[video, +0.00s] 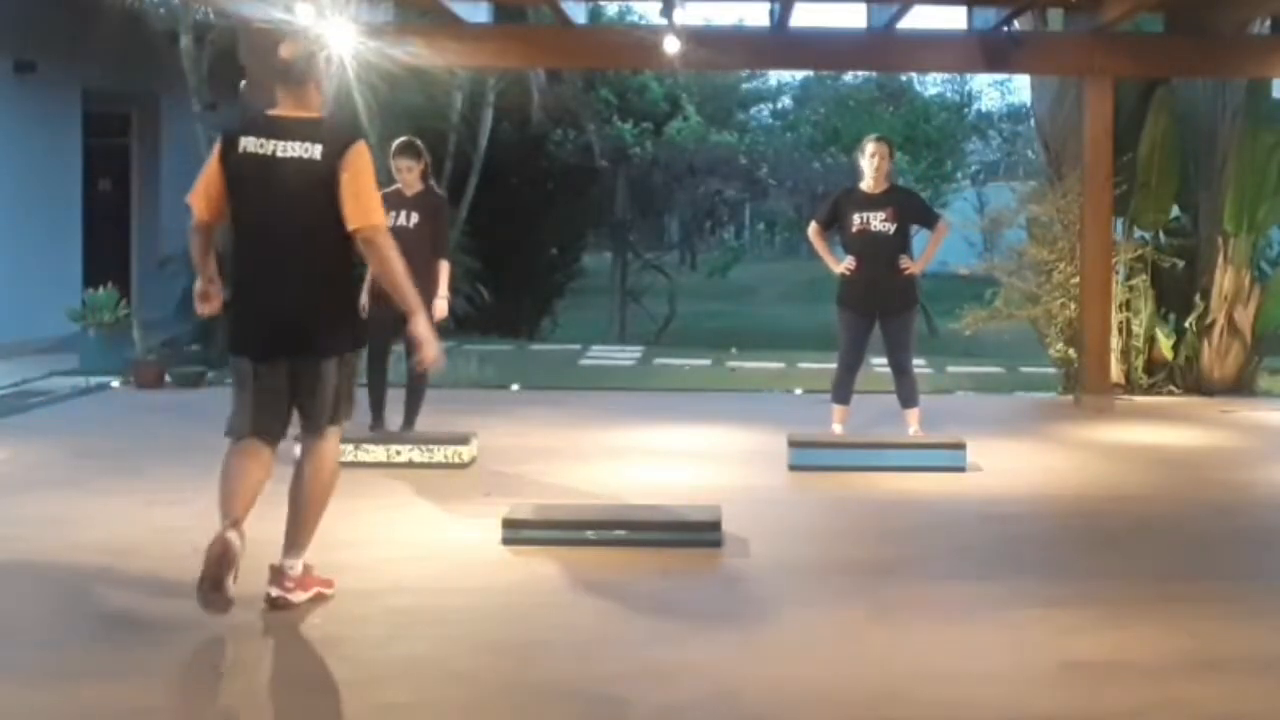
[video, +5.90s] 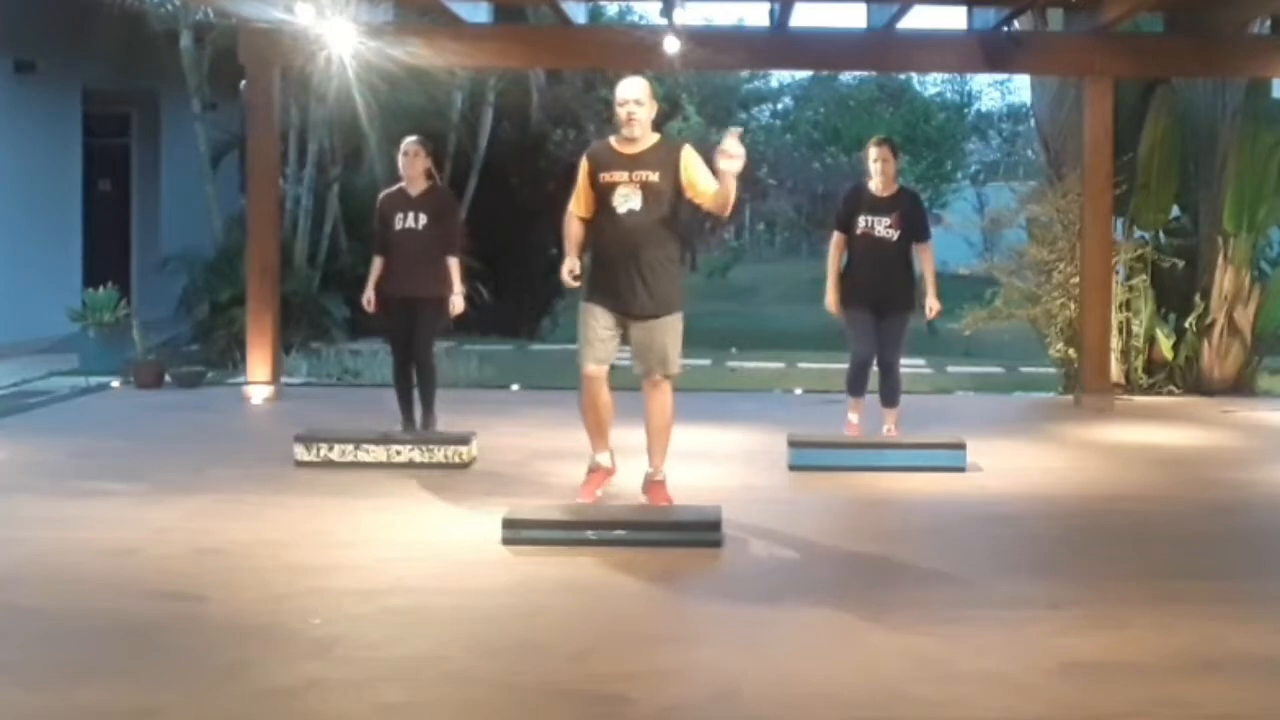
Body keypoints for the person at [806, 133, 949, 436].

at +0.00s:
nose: (876, 162)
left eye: (882, 157)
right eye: (871, 156)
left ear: (890, 162)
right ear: (861, 160)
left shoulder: (905, 198)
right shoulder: (844, 199)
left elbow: (941, 226)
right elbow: (814, 230)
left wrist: (922, 264)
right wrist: (834, 263)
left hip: (897, 287)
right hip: (856, 287)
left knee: (901, 361)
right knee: (848, 359)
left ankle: (914, 429)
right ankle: (837, 429)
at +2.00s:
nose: (883, 175)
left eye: (888, 169)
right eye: (878, 168)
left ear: (894, 170)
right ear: (866, 167)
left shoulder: (904, 200)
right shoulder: (846, 200)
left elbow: (940, 226)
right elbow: (814, 232)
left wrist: (923, 262)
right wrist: (833, 268)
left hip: (898, 287)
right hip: (861, 288)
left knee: (891, 360)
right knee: (869, 360)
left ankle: (889, 425)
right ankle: (860, 424)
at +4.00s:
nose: (877, 162)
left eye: (882, 156)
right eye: (871, 156)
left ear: (892, 160)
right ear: (864, 160)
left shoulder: (907, 198)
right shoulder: (850, 196)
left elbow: (920, 246)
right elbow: (833, 242)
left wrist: (930, 288)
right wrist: (827, 286)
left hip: (894, 292)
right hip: (855, 291)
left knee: (887, 359)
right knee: (856, 358)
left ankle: (887, 425)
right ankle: (857, 424)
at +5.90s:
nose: (879, 166)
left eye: (884, 160)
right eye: (874, 161)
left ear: (896, 163)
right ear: (867, 165)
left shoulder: (910, 201)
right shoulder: (854, 197)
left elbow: (924, 248)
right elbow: (838, 242)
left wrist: (931, 293)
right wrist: (831, 286)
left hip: (896, 293)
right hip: (857, 291)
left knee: (889, 360)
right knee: (863, 353)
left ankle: (890, 424)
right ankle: (854, 413)